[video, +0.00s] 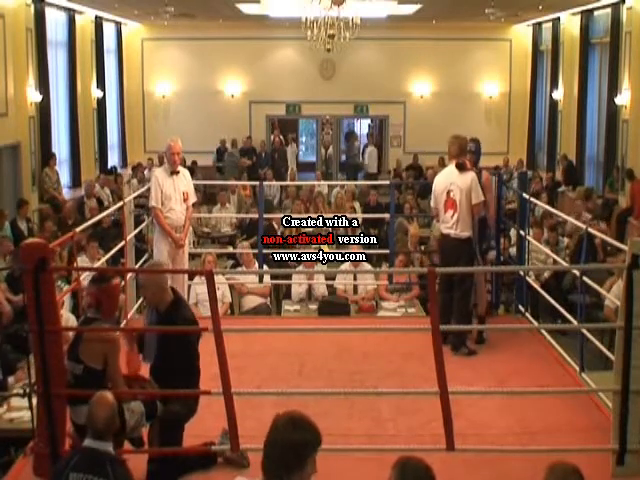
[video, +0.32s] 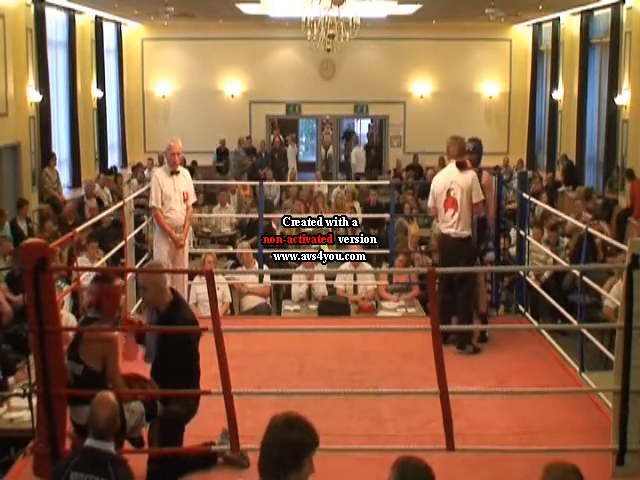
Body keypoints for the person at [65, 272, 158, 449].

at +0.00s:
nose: (121, 299)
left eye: (120, 293)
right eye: (117, 294)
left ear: (95, 298)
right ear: (103, 298)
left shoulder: (83, 325)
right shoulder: (109, 335)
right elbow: (119, 391)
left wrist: (131, 385)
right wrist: (140, 395)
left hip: (76, 412)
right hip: (95, 416)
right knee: (152, 405)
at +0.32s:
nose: (120, 301)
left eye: (119, 295)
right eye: (117, 295)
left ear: (94, 298)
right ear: (104, 299)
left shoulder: (83, 325)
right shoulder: (108, 336)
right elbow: (117, 388)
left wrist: (129, 384)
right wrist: (139, 396)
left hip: (76, 410)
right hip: (94, 415)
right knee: (153, 406)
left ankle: (133, 430)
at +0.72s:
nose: (120, 305)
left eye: (120, 299)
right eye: (117, 299)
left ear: (94, 300)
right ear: (104, 301)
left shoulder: (83, 329)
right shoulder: (105, 339)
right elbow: (116, 390)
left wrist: (128, 384)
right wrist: (141, 395)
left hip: (77, 410)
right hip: (94, 414)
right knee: (152, 406)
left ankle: (133, 430)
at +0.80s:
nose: (120, 305)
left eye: (120, 299)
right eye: (117, 299)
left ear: (95, 300)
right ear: (103, 301)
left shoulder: (83, 328)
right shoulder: (105, 339)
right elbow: (117, 390)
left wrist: (129, 384)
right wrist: (141, 395)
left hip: (77, 410)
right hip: (94, 415)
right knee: (152, 406)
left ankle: (133, 430)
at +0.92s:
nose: (120, 305)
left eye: (121, 299)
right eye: (117, 299)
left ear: (95, 300)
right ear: (103, 301)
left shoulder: (83, 328)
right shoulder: (105, 339)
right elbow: (115, 387)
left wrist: (130, 385)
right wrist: (140, 395)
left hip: (77, 410)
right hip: (93, 415)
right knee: (152, 406)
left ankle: (133, 430)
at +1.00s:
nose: (120, 305)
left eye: (121, 299)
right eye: (117, 299)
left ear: (95, 300)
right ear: (103, 301)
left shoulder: (83, 328)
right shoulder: (105, 339)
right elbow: (117, 390)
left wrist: (131, 385)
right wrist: (143, 395)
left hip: (77, 411)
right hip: (93, 416)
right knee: (153, 406)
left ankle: (133, 430)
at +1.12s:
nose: (122, 305)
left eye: (121, 299)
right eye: (118, 300)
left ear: (95, 300)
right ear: (101, 301)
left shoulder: (85, 326)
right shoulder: (106, 338)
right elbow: (117, 390)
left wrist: (124, 381)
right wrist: (139, 394)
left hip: (77, 410)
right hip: (94, 414)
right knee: (151, 407)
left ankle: (132, 429)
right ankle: (131, 430)